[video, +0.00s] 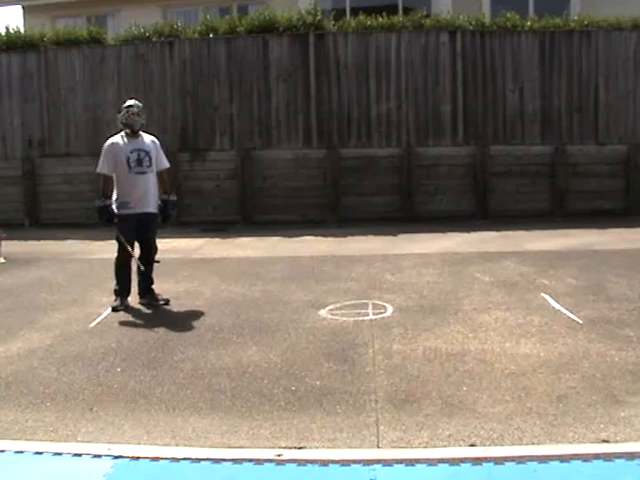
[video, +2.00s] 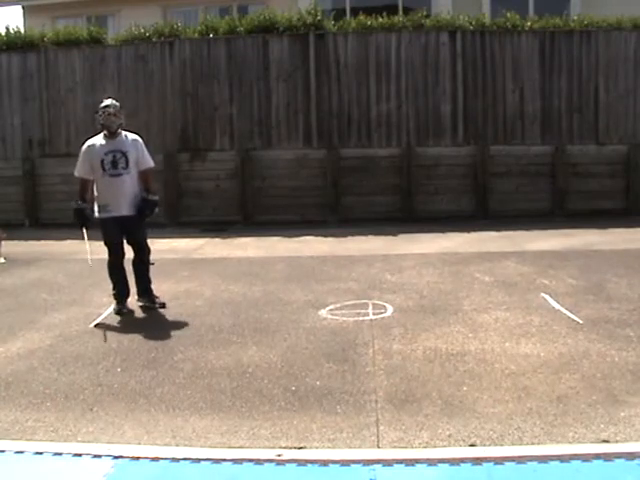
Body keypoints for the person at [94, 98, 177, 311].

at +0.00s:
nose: (133, 119)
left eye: (137, 114)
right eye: (129, 115)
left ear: (142, 118)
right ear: (122, 118)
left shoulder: (152, 142)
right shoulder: (113, 145)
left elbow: (162, 172)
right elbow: (107, 176)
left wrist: (167, 196)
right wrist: (105, 201)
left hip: (149, 206)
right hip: (125, 207)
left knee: (149, 252)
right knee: (125, 252)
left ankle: (147, 291)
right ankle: (121, 295)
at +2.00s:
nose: (110, 119)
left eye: (114, 114)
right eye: (106, 115)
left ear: (121, 117)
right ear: (99, 118)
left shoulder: (134, 142)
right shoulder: (90, 148)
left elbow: (146, 171)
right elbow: (85, 180)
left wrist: (150, 195)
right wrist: (82, 207)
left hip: (133, 210)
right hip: (107, 212)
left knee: (142, 252)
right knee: (115, 257)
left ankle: (146, 293)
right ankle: (120, 298)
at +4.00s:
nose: (132, 142)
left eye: (136, 137)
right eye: (129, 138)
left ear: (140, 134)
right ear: (120, 134)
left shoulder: (146, 144)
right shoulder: (107, 148)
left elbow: (153, 172)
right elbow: (98, 179)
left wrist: (156, 194)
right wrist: (100, 194)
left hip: (140, 209)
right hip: (118, 209)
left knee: (137, 250)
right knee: (121, 252)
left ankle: (134, 288)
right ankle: (121, 294)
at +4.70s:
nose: (139, 125)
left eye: (139, 121)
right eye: (135, 121)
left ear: (140, 122)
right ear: (123, 122)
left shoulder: (143, 144)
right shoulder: (111, 147)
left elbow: (153, 169)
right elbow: (113, 178)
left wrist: (161, 181)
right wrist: (132, 191)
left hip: (140, 206)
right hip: (122, 207)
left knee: (138, 248)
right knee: (129, 249)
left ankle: (135, 289)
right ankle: (129, 295)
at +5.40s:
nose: (133, 127)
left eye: (136, 123)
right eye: (129, 122)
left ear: (139, 123)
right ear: (118, 122)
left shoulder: (135, 142)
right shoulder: (106, 146)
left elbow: (154, 157)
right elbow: (120, 175)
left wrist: (174, 156)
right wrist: (148, 173)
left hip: (140, 209)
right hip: (121, 212)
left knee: (144, 248)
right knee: (130, 254)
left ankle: (136, 288)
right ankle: (131, 300)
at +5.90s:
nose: (148, 121)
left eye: (148, 116)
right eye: (144, 116)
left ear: (140, 118)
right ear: (132, 117)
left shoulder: (142, 142)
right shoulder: (119, 145)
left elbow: (149, 170)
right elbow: (118, 177)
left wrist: (167, 180)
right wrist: (138, 197)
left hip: (147, 207)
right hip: (129, 210)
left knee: (152, 250)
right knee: (137, 252)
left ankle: (151, 293)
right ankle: (131, 299)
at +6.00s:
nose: (154, 118)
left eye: (153, 114)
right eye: (149, 114)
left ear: (142, 117)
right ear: (136, 116)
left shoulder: (144, 140)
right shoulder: (123, 145)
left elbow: (145, 172)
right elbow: (120, 178)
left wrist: (157, 191)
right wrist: (133, 204)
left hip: (152, 208)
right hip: (136, 210)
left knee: (153, 252)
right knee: (139, 253)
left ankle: (151, 294)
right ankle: (132, 298)